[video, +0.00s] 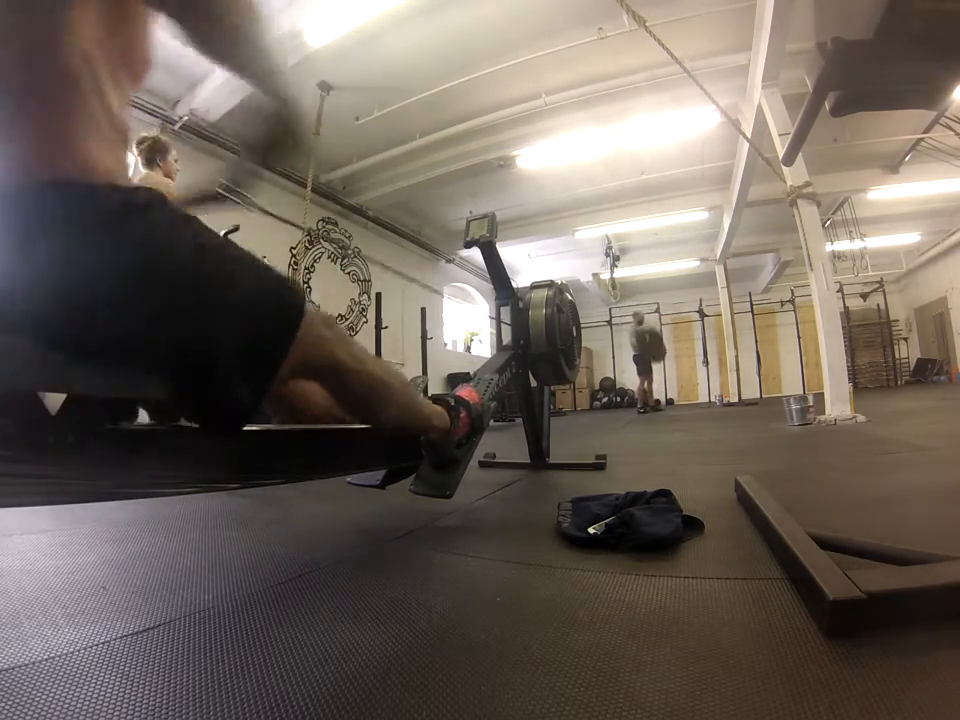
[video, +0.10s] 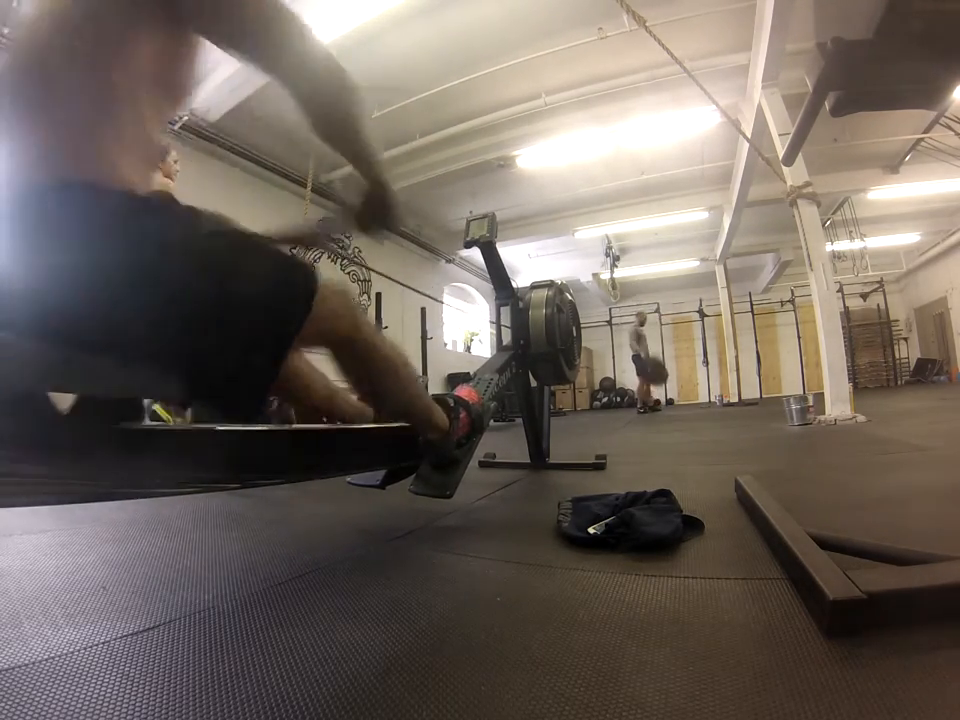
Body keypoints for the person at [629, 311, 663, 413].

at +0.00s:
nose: (642, 320)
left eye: (642, 318)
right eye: (640, 318)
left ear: (640, 318)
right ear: (636, 318)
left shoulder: (641, 330)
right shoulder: (634, 330)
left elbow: (644, 344)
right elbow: (635, 344)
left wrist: (650, 350)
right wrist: (644, 351)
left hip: (645, 355)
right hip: (639, 355)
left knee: (649, 379)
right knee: (642, 380)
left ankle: (651, 403)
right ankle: (640, 404)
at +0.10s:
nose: (644, 321)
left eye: (645, 319)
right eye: (642, 319)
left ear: (644, 319)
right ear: (638, 318)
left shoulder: (641, 331)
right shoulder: (634, 330)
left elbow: (644, 345)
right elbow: (633, 343)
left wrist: (648, 356)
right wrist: (639, 353)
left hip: (644, 356)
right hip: (638, 356)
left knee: (647, 381)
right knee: (642, 381)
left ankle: (649, 403)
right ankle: (640, 405)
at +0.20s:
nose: (647, 323)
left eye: (648, 320)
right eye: (646, 320)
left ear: (644, 319)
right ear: (641, 319)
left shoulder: (640, 330)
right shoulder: (635, 329)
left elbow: (640, 346)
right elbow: (633, 345)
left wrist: (645, 358)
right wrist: (641, 358)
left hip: (643, 356)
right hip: (638, 356)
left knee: (644, 380)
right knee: (643, 380)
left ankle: (642, 403)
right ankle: (642, 404)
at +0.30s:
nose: (649, 324)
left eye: (650, 322)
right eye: (648, 321)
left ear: (647, 321)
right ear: (643, 320)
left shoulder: (643, 331)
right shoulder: (637, 330)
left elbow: (643, 347)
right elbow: (635, 346)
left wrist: (646, 359)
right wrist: (642, 359)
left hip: (643, 357)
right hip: (638, 356)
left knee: (646, 381)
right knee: (643, 381)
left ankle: (647, 404)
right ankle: (640, 405)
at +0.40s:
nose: (651, 326)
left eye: (651, 324)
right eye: (650, 323)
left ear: (646, 321)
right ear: (646, 321)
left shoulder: (643, 332)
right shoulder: (639, 331)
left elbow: (644, 347)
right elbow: (638, 345)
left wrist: (648, 358)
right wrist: (645, 356)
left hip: (641, 356)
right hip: (638, 356)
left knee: (646, 381)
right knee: (644, 381)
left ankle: (647, 404)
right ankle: (641, 405)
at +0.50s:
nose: (653, 327)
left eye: (654, 325)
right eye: (653, 325)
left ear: (646, 322)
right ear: (649, 323)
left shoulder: (641, 331)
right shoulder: (641, 332)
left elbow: (644, 347)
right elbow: (645, 347)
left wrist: (650, 357)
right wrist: (651, 357)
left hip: (639, 356)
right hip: (638, 356)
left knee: (647, 381)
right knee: (646, 381)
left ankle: (647, 404)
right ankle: (643, 405)